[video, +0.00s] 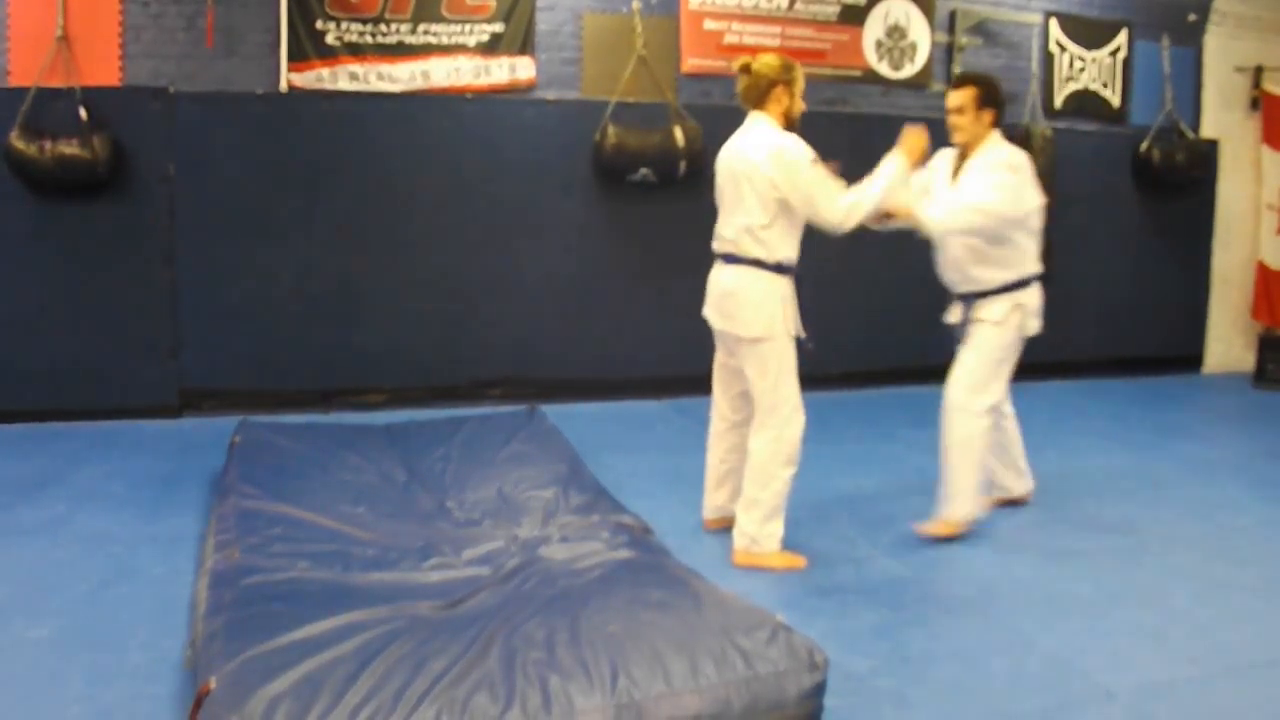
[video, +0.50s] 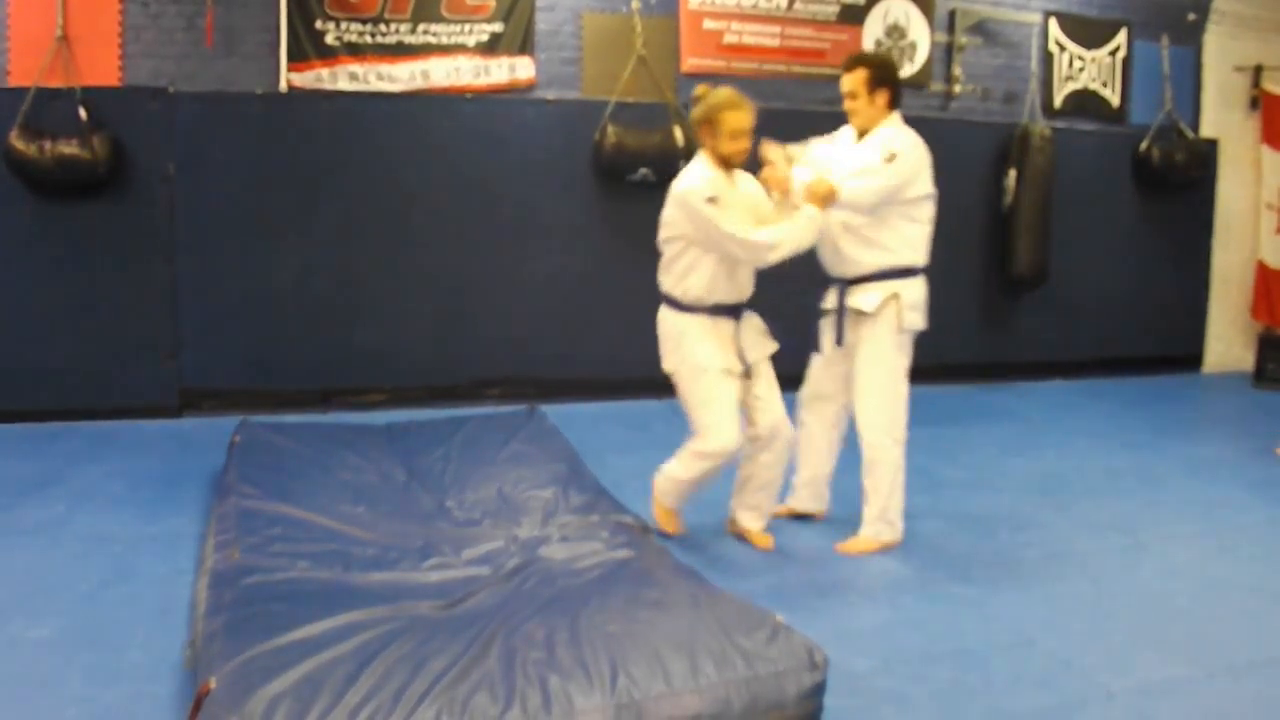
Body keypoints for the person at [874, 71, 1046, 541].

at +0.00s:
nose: (951, 120)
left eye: (960, 112)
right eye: (948, 112)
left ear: (988, 116)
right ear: (949, 115)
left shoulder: (1008, 166)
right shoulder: (945, 162)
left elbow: (966, 218)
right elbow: (905, 200)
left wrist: (912, 212)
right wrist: (848, 196)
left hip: (1009, 300)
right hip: (971, 299)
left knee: (964, 394)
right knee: (989, 394)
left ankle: (956, 512)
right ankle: (1012, 482)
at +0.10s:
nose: (936, 122)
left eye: (945, 113)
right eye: (933, 114)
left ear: (974, 116)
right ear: (936, 116)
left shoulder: (989, 162)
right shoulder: (933, 160)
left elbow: (938, 203)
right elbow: (898, 206)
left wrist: (892, 173)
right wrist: (858, 185)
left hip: (987, 304)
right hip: (952, 303)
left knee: (943, 404)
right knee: (976, 400)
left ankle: (903, 516)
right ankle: (1013, 481)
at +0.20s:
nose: (910, 121)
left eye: (919, 113)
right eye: (909, 113)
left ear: (949, 117)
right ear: (915, 115)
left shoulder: (963, 166)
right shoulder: (915, 159)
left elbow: (899, 204)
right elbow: (867, 192)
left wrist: (842, 209)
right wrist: (827, 200)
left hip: (953, 307)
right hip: (921, 305)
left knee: (901, 409)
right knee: (928, 400)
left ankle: (881, 527)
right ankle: (996, 465)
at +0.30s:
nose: (880, 114)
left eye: (889, 107)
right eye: (879, 106)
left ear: (919, 110)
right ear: (886, 108)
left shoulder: (938, 160)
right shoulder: (883, 156)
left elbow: (883, 219)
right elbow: (848, 206)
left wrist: (827, 226)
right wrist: (818, 229)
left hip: (929, 302)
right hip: (896, 300)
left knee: (885, 411)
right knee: (880, 401)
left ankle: (879, 529)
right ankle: (950, 461)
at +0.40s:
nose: (858, 107)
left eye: (866, 98)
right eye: (856, 98)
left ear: (897, 100)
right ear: (862, 100)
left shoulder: (919, 152)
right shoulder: (859, 146)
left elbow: (866, 216)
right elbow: (823, 201)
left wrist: (815, 195)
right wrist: (796, 216)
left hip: (909, 297)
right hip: (868, 294)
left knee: (887, 410)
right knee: (840, 396)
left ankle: (883, 525)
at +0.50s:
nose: (845, 105)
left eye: (853, 97)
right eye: (843, 97)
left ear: (883, 97)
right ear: (851, 98)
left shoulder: (907, 149)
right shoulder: (844, 140)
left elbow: (865, 192)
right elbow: (800, 156)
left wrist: (803, 184)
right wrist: (777, 160)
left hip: (889, 295)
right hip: (843, 293)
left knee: (878, 411)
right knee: (820, 397)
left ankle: (882, 527)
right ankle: (808, 499)